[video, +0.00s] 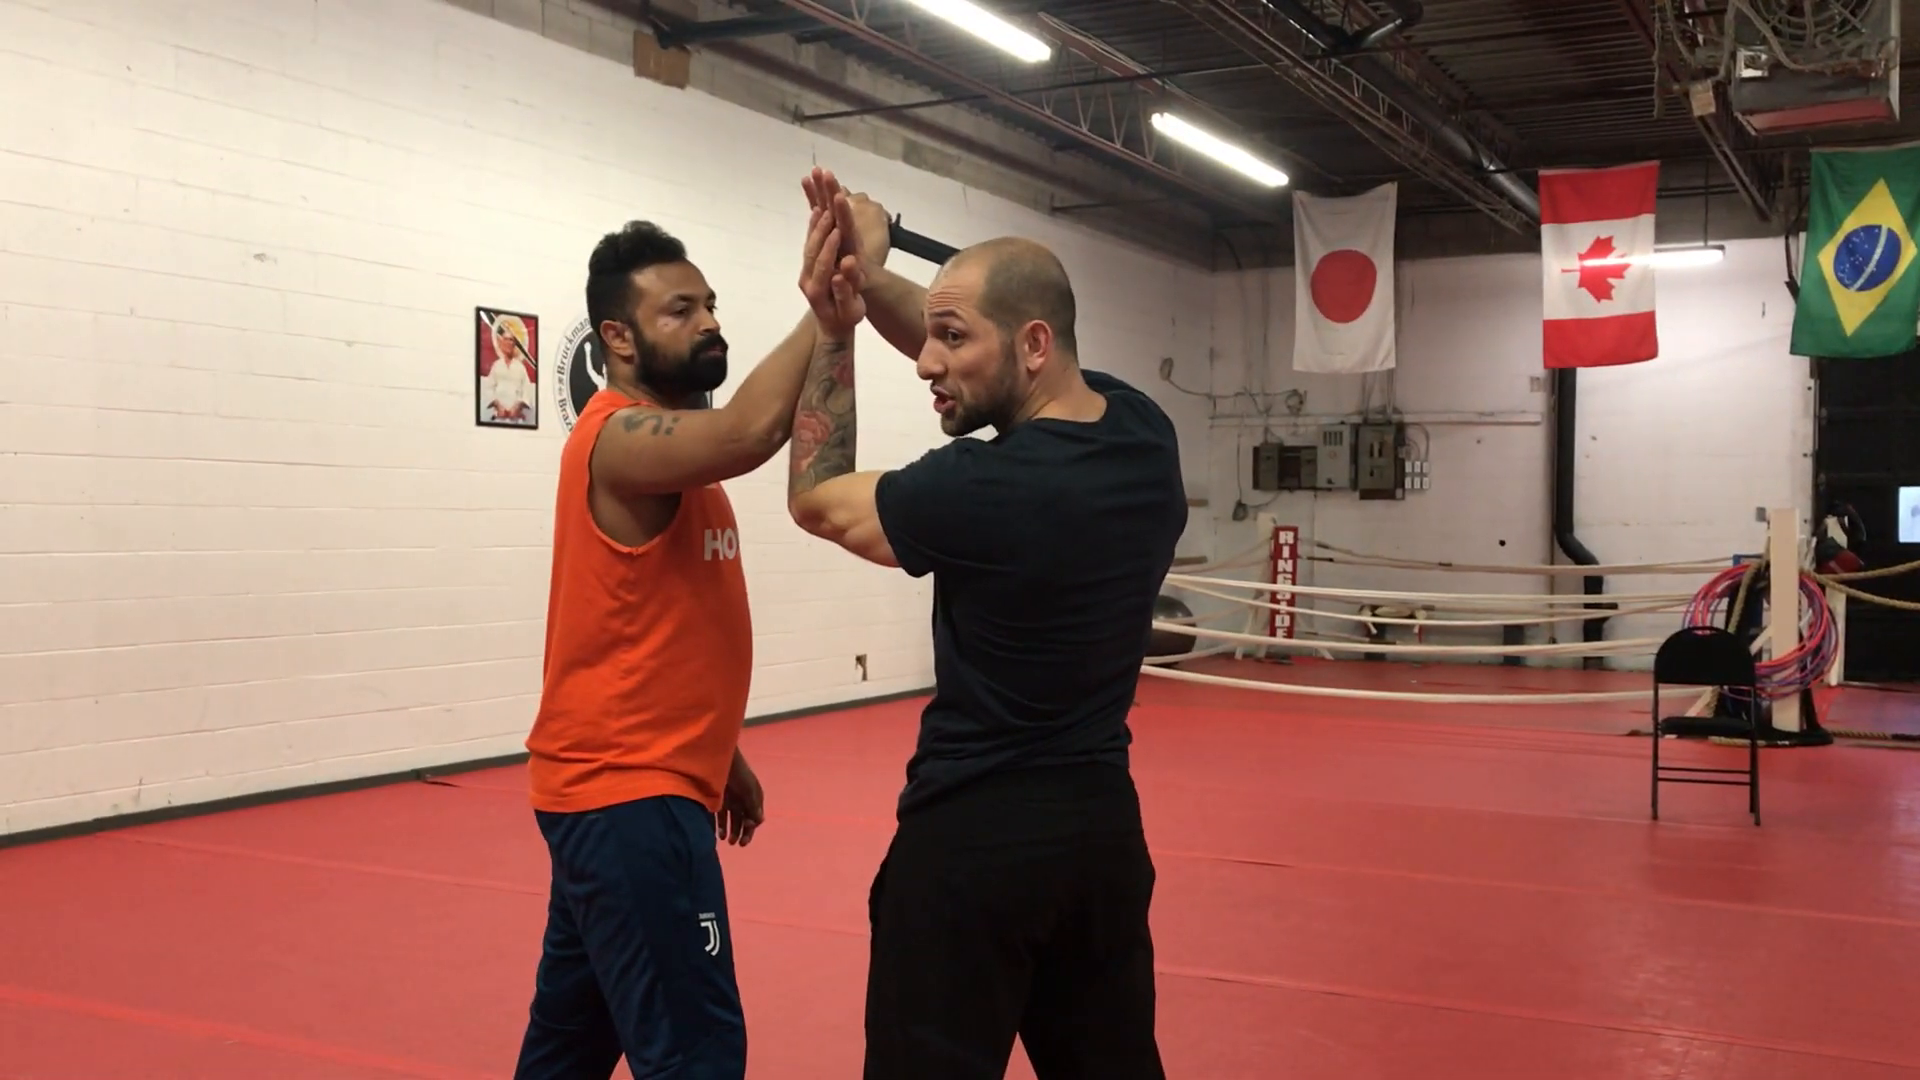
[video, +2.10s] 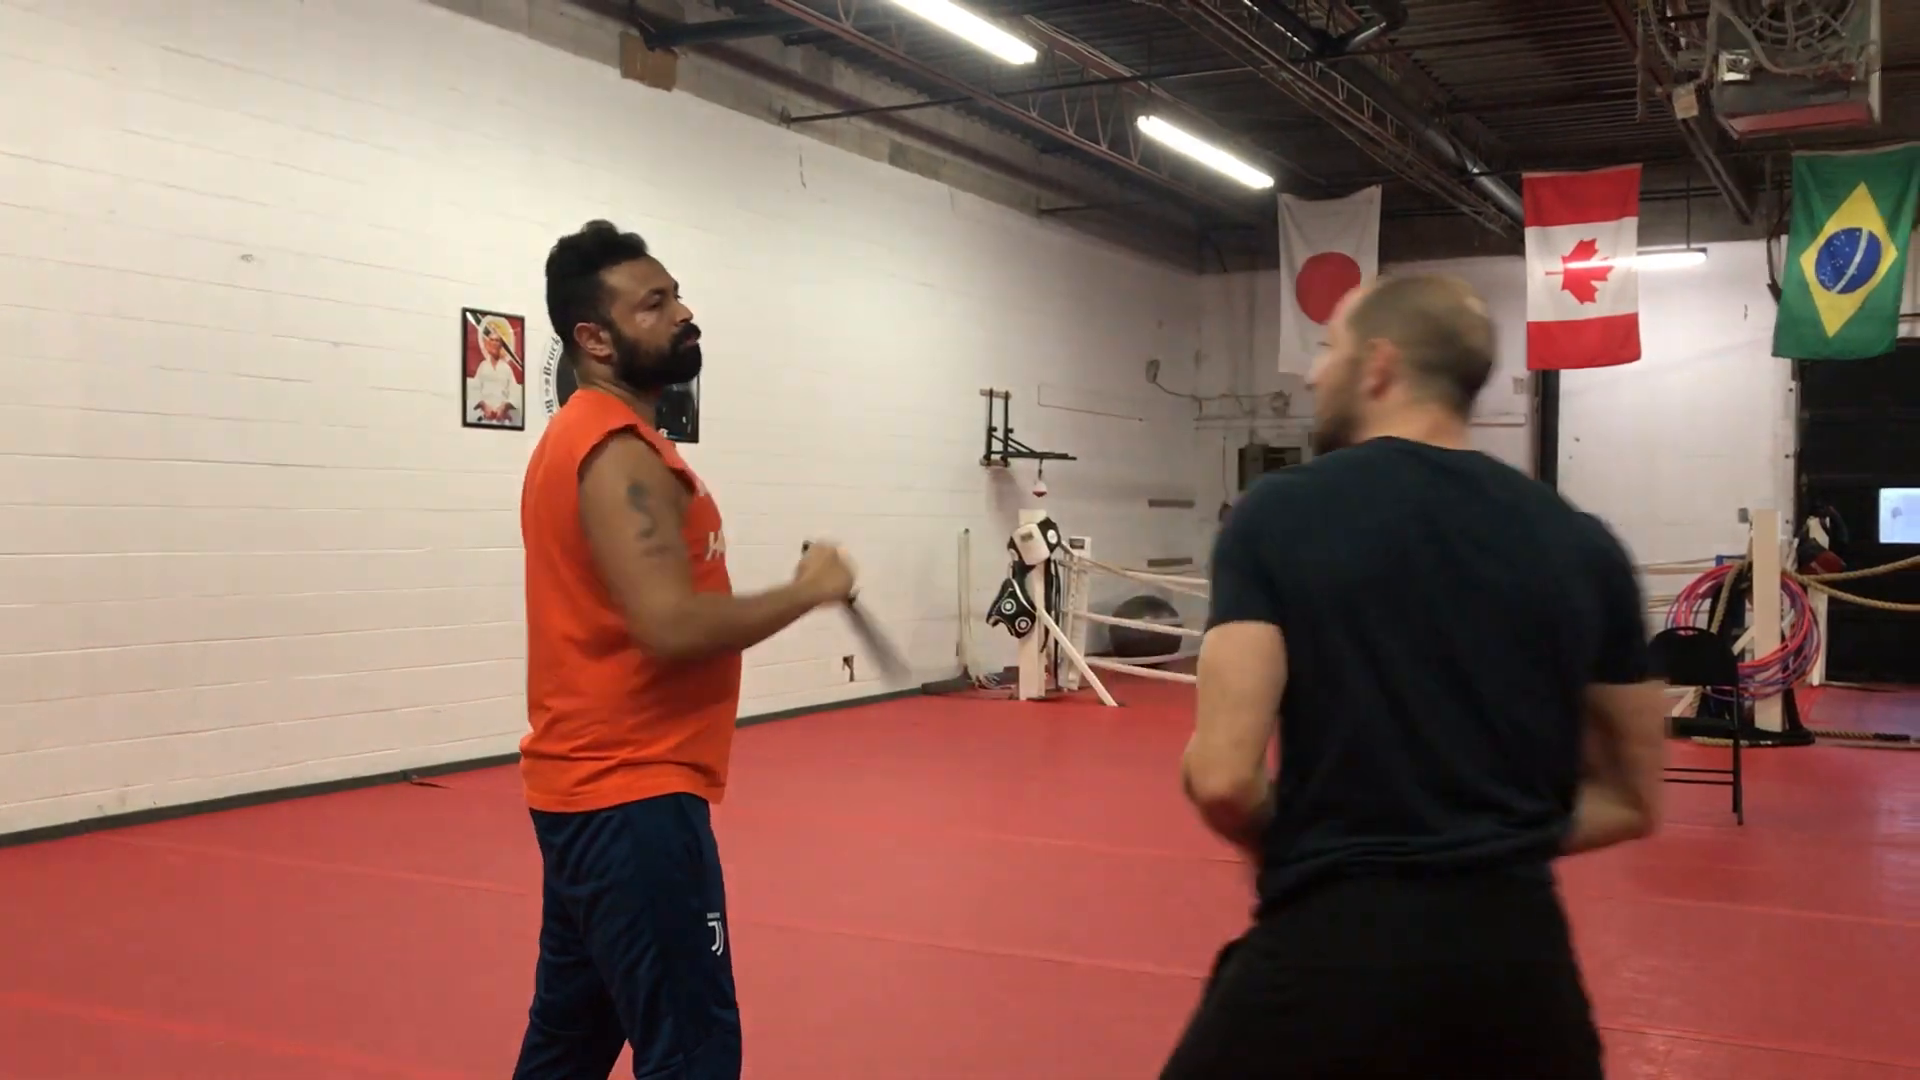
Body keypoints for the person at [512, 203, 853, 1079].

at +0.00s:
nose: (710, 327)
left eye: (709, 306)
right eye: (681, 311)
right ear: (616, 338)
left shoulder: (661, 430)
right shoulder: (620, 433)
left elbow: (650, 622)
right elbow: (744, 434)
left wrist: (718, 749)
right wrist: (823, 319)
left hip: (647, 782)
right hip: (621, 787)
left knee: (569, 1047)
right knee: (698, 1054)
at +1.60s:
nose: (671, 316)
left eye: (671, 298)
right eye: (641, 306)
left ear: (679, 303)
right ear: (584, 340)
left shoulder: (626, 429)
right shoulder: (611, 433)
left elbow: (628, 623)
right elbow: (764, 437)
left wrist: (708, 750)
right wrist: (895, 385)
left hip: (615, 786)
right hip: (623, 791)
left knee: (576, 1046)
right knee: (691, 1053)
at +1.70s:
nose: (679, 315)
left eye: (673, 298)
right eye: (648, 303)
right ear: (588, 338)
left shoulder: (598, 432)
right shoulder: (621, 439)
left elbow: (624, 623)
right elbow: (786, 463)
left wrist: (695, 752)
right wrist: (935, 434)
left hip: (605, 787)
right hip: (626, 791)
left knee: (576, 1041)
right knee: (689, 1052)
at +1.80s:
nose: (685, 315)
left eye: (678, 297)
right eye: (655, 303)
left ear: (600, 345)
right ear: (594, 337)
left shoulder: (582, 433)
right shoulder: (629, 444)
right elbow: (788, 484)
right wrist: (935, 457)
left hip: (589, 785)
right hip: (636, 791)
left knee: (572, 1040)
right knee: (690, 1052)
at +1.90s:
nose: (689, 315)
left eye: (681, 296)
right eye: (659, 305)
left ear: (596, 346)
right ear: (595, 338)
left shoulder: (578, 435)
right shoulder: (627, 445)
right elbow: (770, 517)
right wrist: (885, 481)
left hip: (586, 784)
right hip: (641, 792)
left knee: (571, 1039)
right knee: (693, 1052)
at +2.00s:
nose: (690, 318)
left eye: (682, 299)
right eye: (661, 306)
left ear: (598, 345)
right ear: (598, 339)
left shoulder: (576, 437)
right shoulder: (621, 442)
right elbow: (724, 571)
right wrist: (843, 532)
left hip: (587, 787)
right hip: (639, 793)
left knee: (573, 1040)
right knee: (697, 1050)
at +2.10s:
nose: (685, 313)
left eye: (676, 296)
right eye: (655, 302)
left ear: (597, 347)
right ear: (594, 340)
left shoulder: (577, 438)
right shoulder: (616, 447)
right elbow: (670, 621)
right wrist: (804, 592)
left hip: (584, 787)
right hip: (635, 792)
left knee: (569, 1043)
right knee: (694, 1050)